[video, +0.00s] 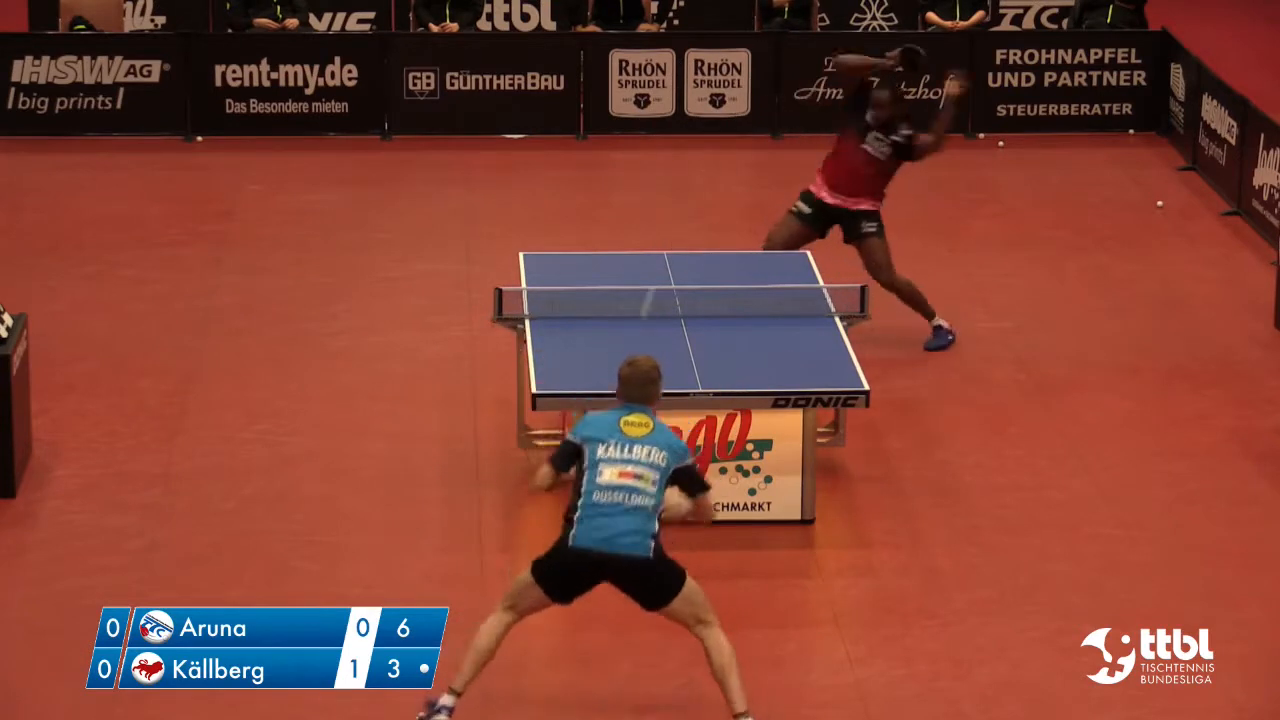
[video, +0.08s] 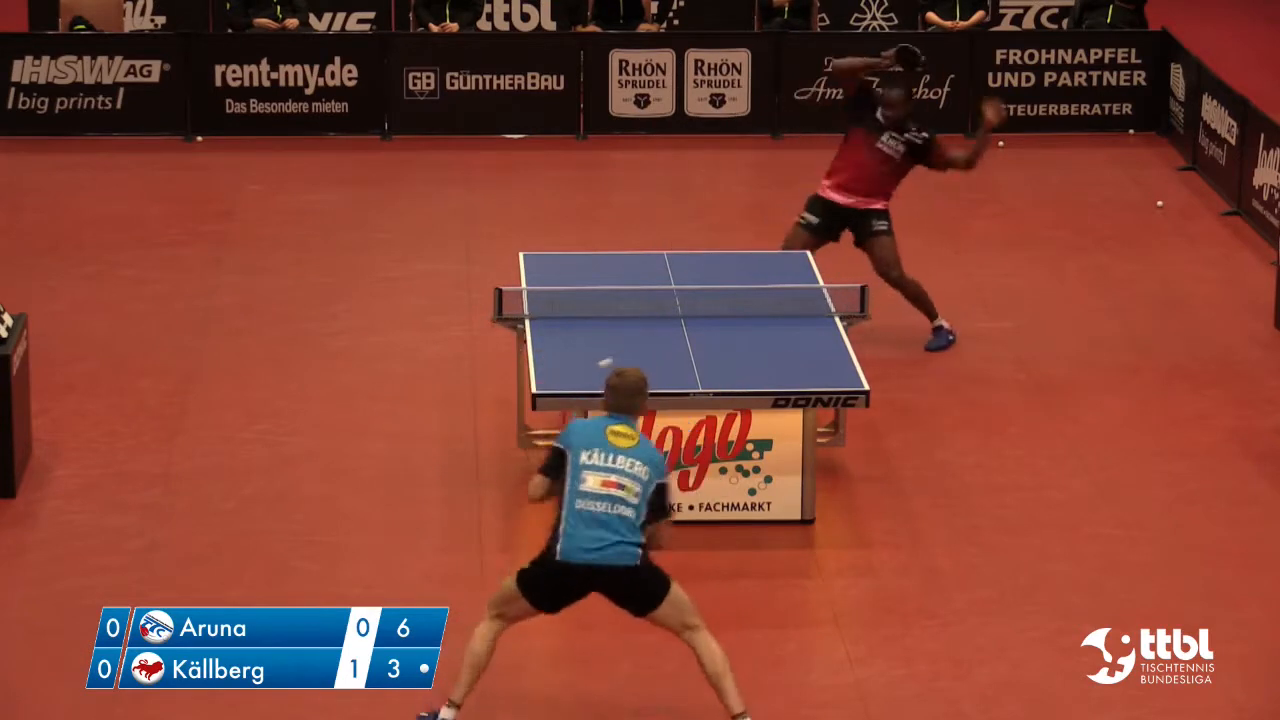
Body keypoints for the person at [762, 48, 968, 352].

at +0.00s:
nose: (875, 112)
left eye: (882, 106)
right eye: (872, 105)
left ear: (897, 107)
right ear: (867, 100)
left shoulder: (903, 139)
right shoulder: (856, 110)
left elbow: (933, 141)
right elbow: (840, 63)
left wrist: (949, 101)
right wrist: (884, 63)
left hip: (861, 211)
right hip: (820, 197)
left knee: (885, 276)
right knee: (773, 247)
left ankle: (937, 324)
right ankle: (773, 318)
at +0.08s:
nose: (888, 112)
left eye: (895, 106)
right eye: (884, 105)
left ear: (909, 105)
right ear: (878, 100)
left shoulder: (917, 142)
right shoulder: (863, 109)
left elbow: (967, 161)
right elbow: (838, 68)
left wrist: (986, 128)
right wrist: (883, 62)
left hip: (871, 211)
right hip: (829, 201)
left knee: (891, 273)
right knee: (787, 258)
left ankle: (939, 326)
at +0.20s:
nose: (888, 98)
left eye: (894, 93)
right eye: (884, 92)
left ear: (907, 93)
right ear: (877, 90)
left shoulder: (917, 131)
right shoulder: (860, 106)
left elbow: (938, 178)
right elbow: (816, 98)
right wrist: (845, 71)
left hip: (888, 206)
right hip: (844, 200)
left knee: (907, 267)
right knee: (799, 257)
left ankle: (942, 325)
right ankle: (788, 324)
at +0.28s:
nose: (873, 86)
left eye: (880, 80)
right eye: (869, 79)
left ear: (894, 82)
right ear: (863, 80)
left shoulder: (907, 116)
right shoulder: (852, 103)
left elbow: (921, 164)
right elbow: (814, 133)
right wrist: (817, 102)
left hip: (889, 197)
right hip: (847, 193)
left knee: (912, 258)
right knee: (796, 247)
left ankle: (943, 323)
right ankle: (786, 319)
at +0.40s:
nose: (849, 89)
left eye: (855, 83)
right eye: (844, 84)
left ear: (870, 84)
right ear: (840, 87)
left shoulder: (886, 115)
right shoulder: (838, 114)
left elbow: (888, 163)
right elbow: (831, 156)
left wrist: (850, 195)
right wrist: (808, 162)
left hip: (889, 195)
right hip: (849, 194)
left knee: (908, 260)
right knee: (796, 243)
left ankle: (953, 313)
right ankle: (789, 312)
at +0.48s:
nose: (832, 102)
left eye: (838, 96)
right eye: (828, 96)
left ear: (852, 95)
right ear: (823, 96)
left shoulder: (866, 120)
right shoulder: (832, 121)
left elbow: (853, 167)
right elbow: (838, 166)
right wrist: (802, 195)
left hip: (889, 208)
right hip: (851, 204)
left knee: (909, 275)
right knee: (796, 240)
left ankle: (964, 317)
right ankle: (788, 313)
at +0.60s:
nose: (802, 113)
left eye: (808, 106)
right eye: (799, 108)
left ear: (823, 104)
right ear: (798, 109)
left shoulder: (830, 130)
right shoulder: (826, 125)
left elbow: (800, 170)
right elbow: (866, 155)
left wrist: (756, 189)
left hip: (876, 210)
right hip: (842, 207)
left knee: (904, 274)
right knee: (787, 227)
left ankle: (966, 318)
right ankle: (791, 299)